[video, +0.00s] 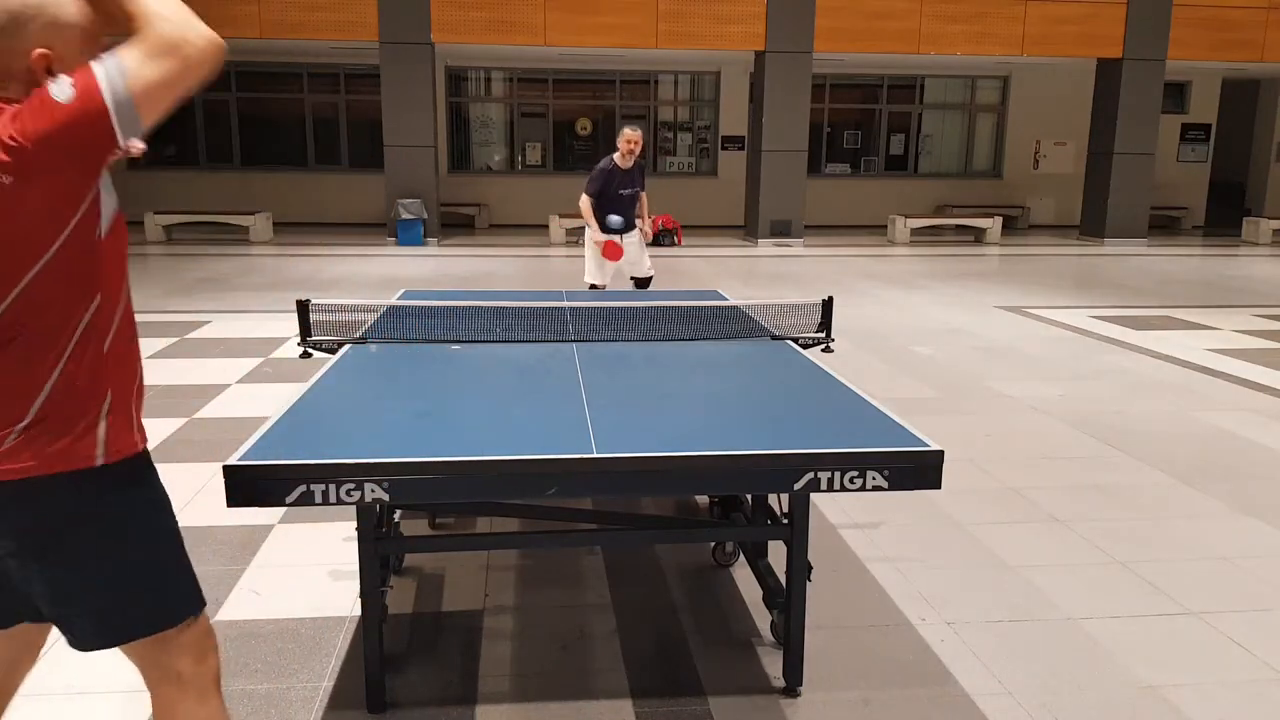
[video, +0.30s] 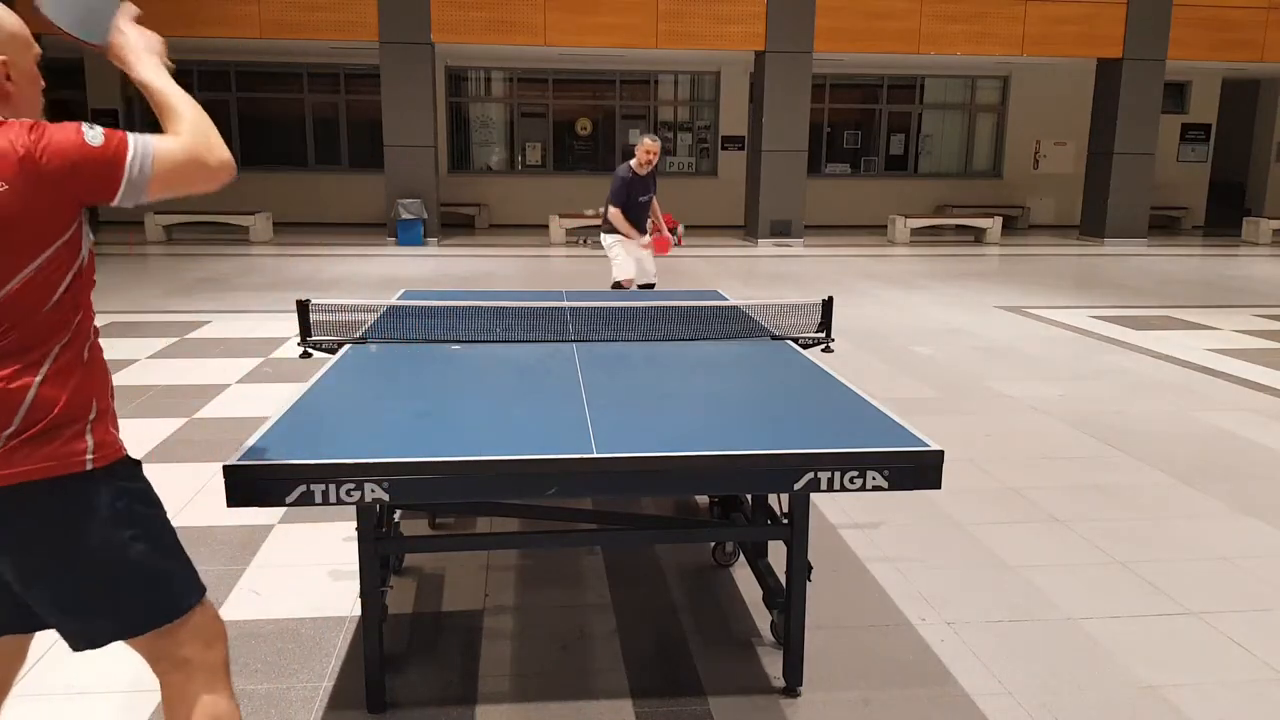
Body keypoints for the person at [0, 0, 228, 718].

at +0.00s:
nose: (100, 65)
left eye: (97, 50)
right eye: (88, 50)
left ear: (27, 65)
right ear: (42, 64)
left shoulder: (21, 130)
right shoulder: (40, 136)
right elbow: (191, 45)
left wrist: (92, 135)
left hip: (17, 461)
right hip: (78, 465)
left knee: (12, 644)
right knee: (185, 661)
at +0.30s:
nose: (42, 77)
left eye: (37, 62)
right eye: (32, 64)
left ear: (1, 74)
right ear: (2, 74)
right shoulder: (36, 153)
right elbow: (209, 160)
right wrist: (147, 65)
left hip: (14, 474)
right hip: (62, 471)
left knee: (1, 659)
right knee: (194, 659)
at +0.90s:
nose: (283, 144)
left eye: (282, 127)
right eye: (281, 126)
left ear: (178, 118)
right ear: (256, 132)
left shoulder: (98, 183)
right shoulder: (192, 236)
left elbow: (124, 313)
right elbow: (242, 422)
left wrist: (235, 316)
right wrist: (349, 389)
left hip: (24, 489)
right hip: (110, 505)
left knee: (83, 654)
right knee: (284, 660)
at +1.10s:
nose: (356, 189)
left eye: (360, 172)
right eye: (359, 172)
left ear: (256, 157)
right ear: (328, 180)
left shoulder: (182, 208)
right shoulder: (248, 281)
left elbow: (222, 321)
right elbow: (319, 462)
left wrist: (335, 321)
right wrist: (425, 403)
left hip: (59, 504)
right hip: (134, 529)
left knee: (108, 661)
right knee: (315, 686)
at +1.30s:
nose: (436, 268)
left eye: (442, 252)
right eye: (439, 252)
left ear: (345, 216)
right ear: (411, 252)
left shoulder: (293, 254)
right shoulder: (291, 348)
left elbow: (385, 351)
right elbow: (228, 542)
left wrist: (430, 333)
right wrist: (358, 604)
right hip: (144, 546)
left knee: (175, 658)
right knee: (350, 670)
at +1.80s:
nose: (207, 97)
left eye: (206, 81)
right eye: (200, 80)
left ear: (92, 82)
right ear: (162, 92)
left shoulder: (21, 185)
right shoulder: (148, 165)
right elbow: (307, 88)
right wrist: (234, 11)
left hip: (42, 501)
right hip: (153, 502)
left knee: (83, 669)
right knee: (285, 686)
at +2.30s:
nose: (167, 93)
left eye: (165, 78)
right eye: (163, 78)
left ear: (67, 86)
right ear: (142, 86)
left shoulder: (9, 167)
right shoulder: (133, 181)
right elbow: (304, 268)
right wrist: (298, 163)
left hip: (15, 489)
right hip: (107, 494)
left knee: (51, 668)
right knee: (245, 673)